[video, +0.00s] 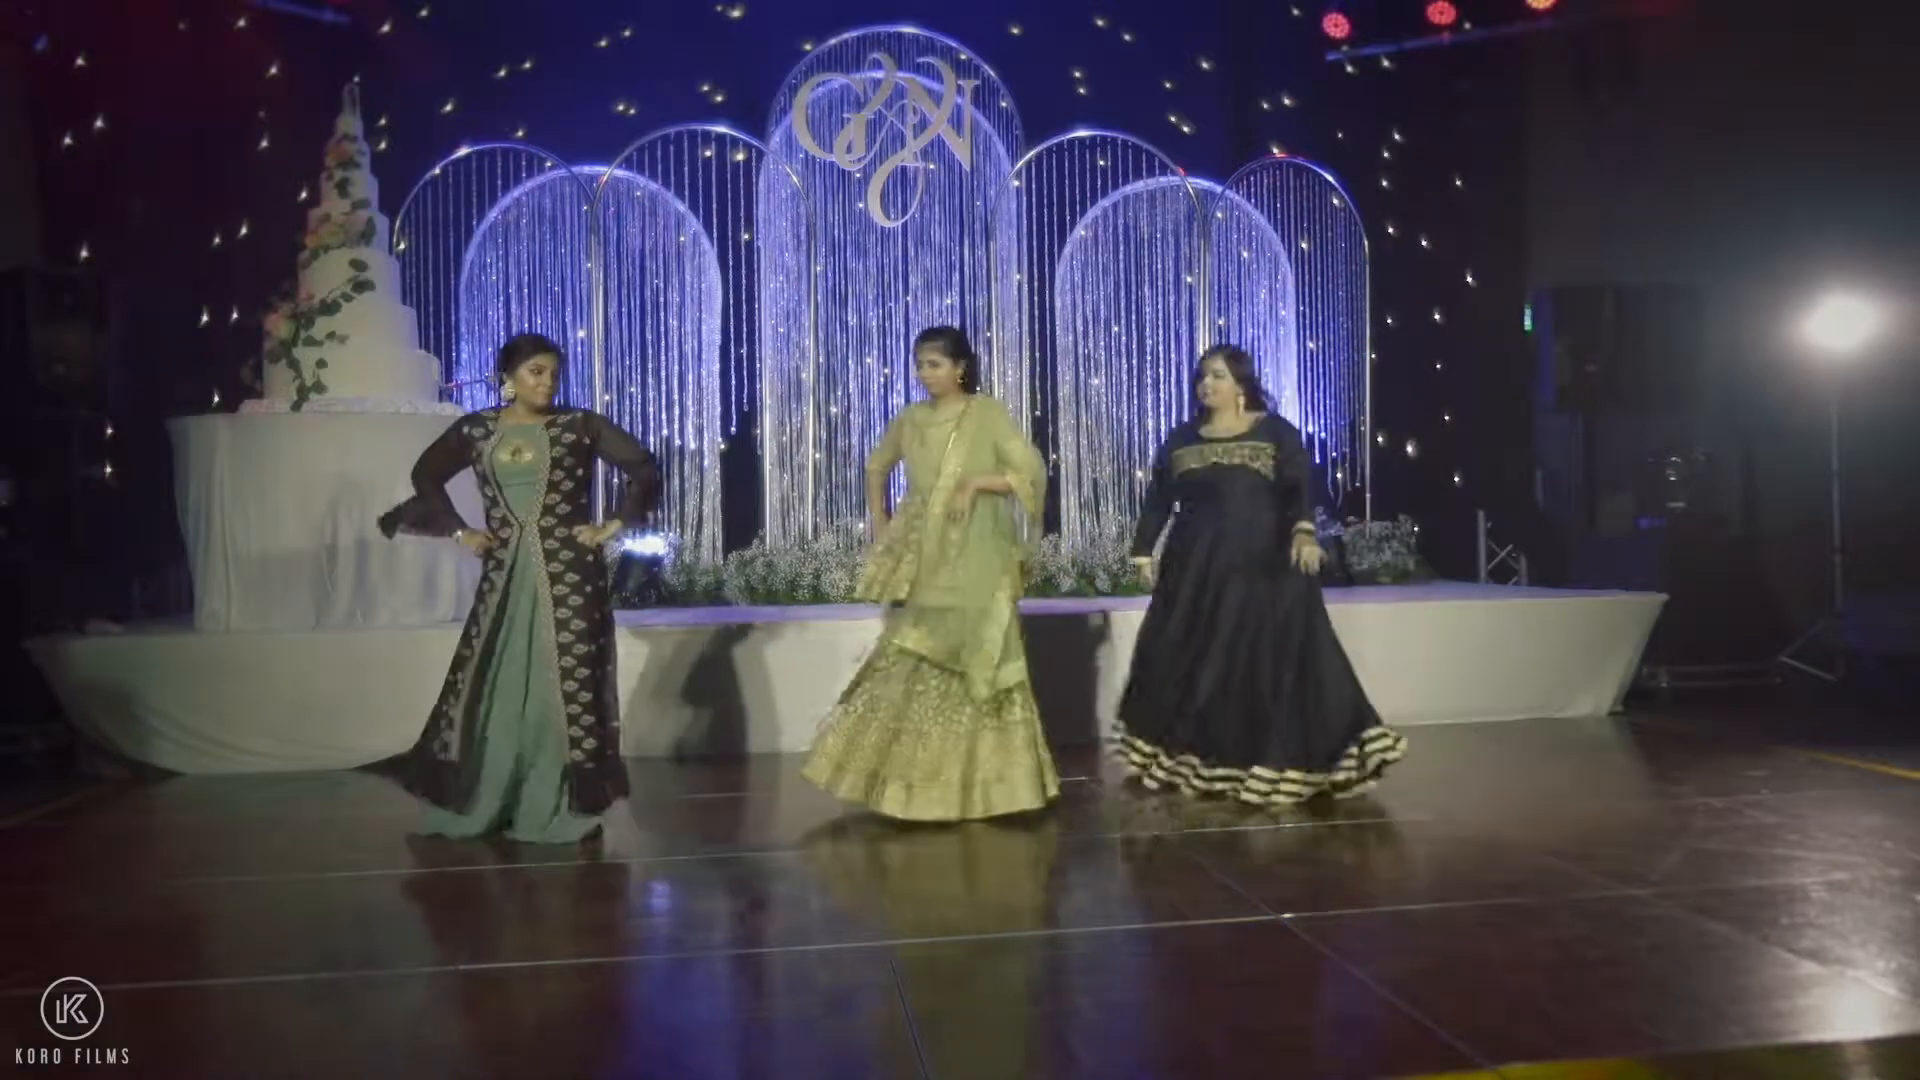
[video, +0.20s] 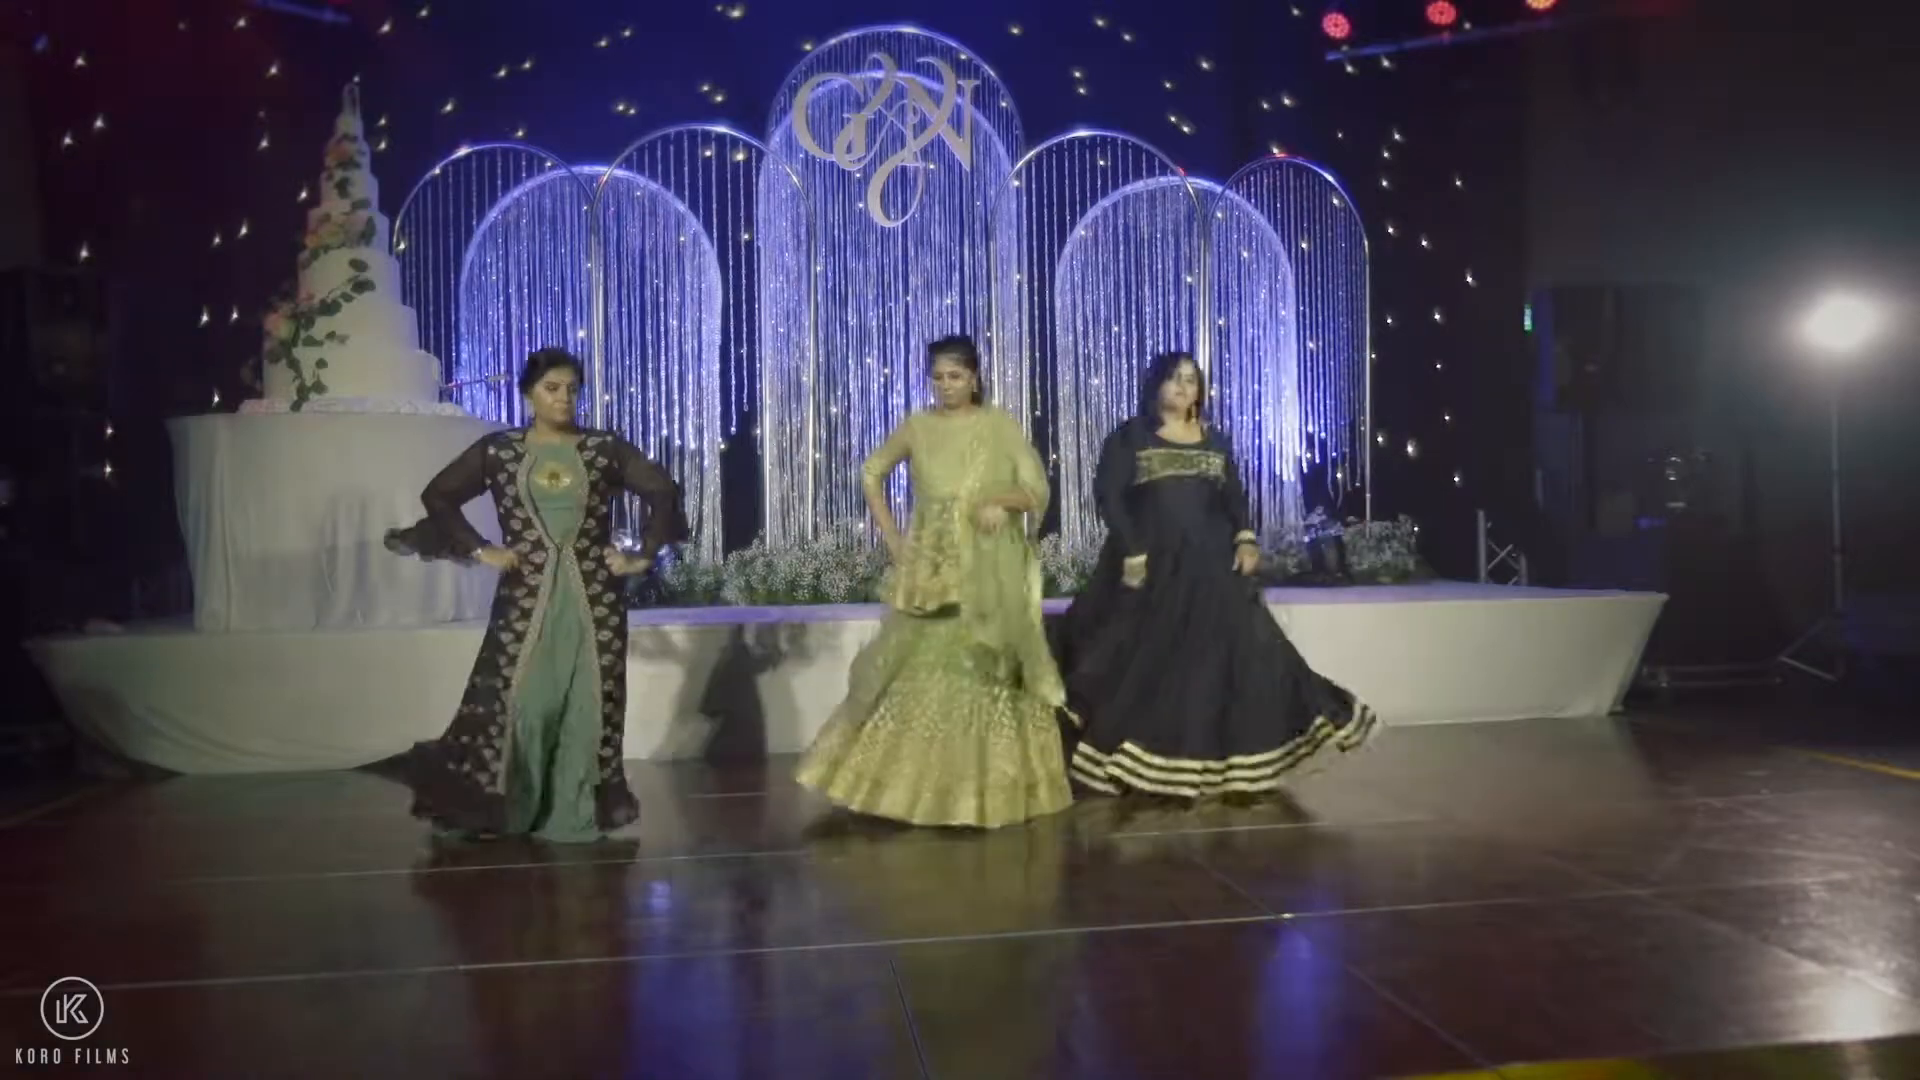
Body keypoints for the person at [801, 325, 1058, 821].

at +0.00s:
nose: (924, 373)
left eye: (933, 364)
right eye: (919, 365)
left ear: (961, 368)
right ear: (917, 370)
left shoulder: (988, 414)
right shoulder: (910, 419)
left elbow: (1030, 474)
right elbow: (875, 467)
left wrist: (976, 484)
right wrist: (879, 526)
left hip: (980, 562)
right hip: (924, 561)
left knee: (979, 670)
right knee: (918, 671)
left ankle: (982, 788)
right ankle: (915, 790)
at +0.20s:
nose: (946, 385)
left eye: (955, 376)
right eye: (938, 377)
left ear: (976, 378)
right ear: (930, 381)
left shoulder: (1001, 425)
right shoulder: (917, 427)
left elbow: (1037, 494)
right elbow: (871, 475)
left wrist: (1001, 502)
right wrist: (893, 537)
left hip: (991, 568)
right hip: (932, 567)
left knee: (987, 679)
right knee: (928, 680)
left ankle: (986, 796)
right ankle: (928, 796)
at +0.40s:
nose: (961, 379)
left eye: (970, 370)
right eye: (953, 371)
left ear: (986, 372)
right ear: (941, 376)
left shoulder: (1010, 419)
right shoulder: (927, 422)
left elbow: (1033, 491)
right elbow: (873, 467)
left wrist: (991, 496)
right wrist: (889, 531)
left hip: (995, 564)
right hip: (935, 564)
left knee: (995, 676)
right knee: (934, 675)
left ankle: (993, 792)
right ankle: (935, 792)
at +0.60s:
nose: (975, 374)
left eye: (983, 365)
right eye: (966, 366)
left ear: (995, 368)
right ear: (953, 371)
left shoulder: (1019, 419)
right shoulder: (934, 418)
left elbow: (1040, 489)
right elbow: (873, 461)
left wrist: (996, 498)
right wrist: (887, 526)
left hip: (1000, 557)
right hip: (940, 556)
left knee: (1004, 666)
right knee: (940, 667)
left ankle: (1005, 783)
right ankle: (943, 787)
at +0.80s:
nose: (980, 377)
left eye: (988, 369)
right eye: (971, 370)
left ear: (1000, 375)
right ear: (957, 376)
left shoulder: (1022, 429)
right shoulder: (936, 426)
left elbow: (1049, 501)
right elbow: (884, 481)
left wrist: (1018, 516)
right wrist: (907, 540)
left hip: (1010, 569)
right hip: (951, 569)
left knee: (1017, 676)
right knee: (951, 679)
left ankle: (1022, 786)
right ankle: (951, 790)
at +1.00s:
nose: (981, 365)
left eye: (989, 357)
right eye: (971, 358)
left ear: (1001, 364)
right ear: (957, 368)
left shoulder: (1029, 416)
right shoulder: (941, 417)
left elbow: (1058, 485)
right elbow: (885, 469)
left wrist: (1026, 495)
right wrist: (903, 526)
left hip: (1017, 561)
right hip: (953, 562)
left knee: (1019, 672)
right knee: (955, 673)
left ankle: (1020, 786)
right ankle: (955, 788)